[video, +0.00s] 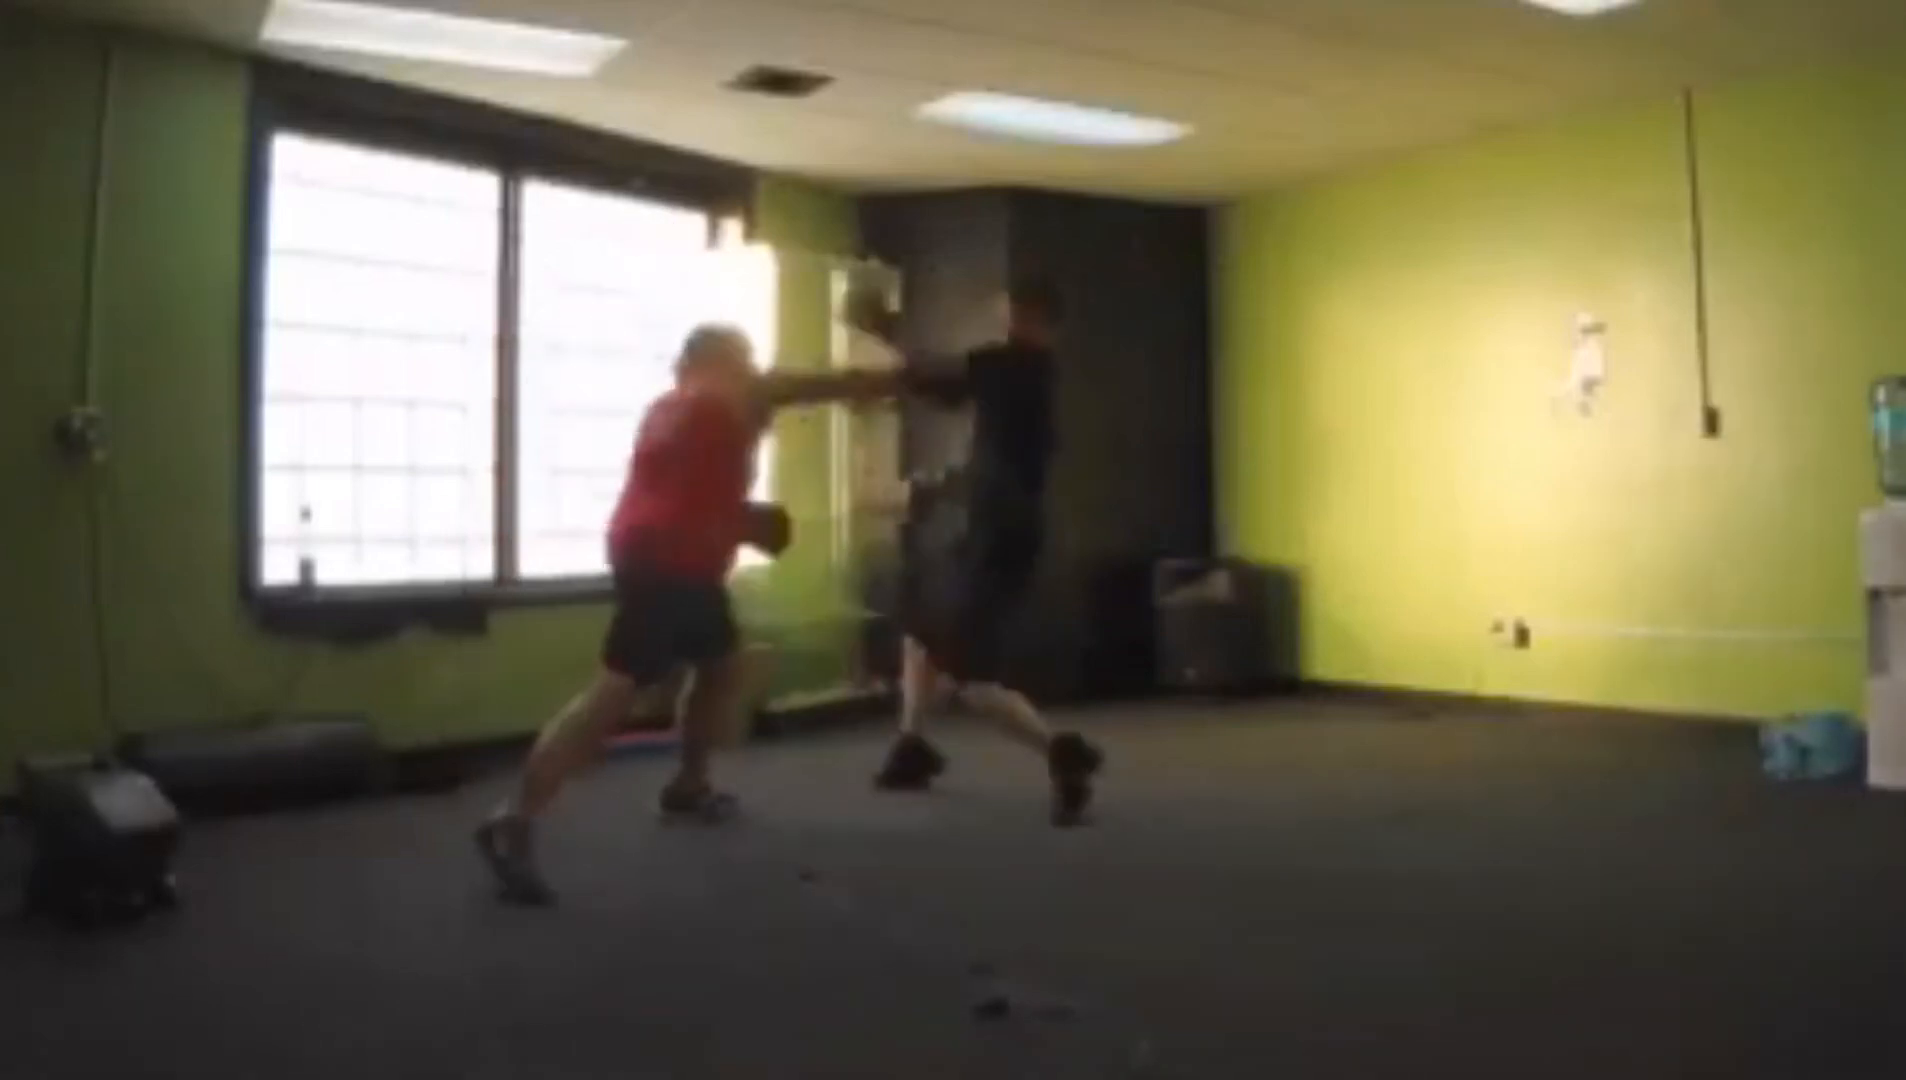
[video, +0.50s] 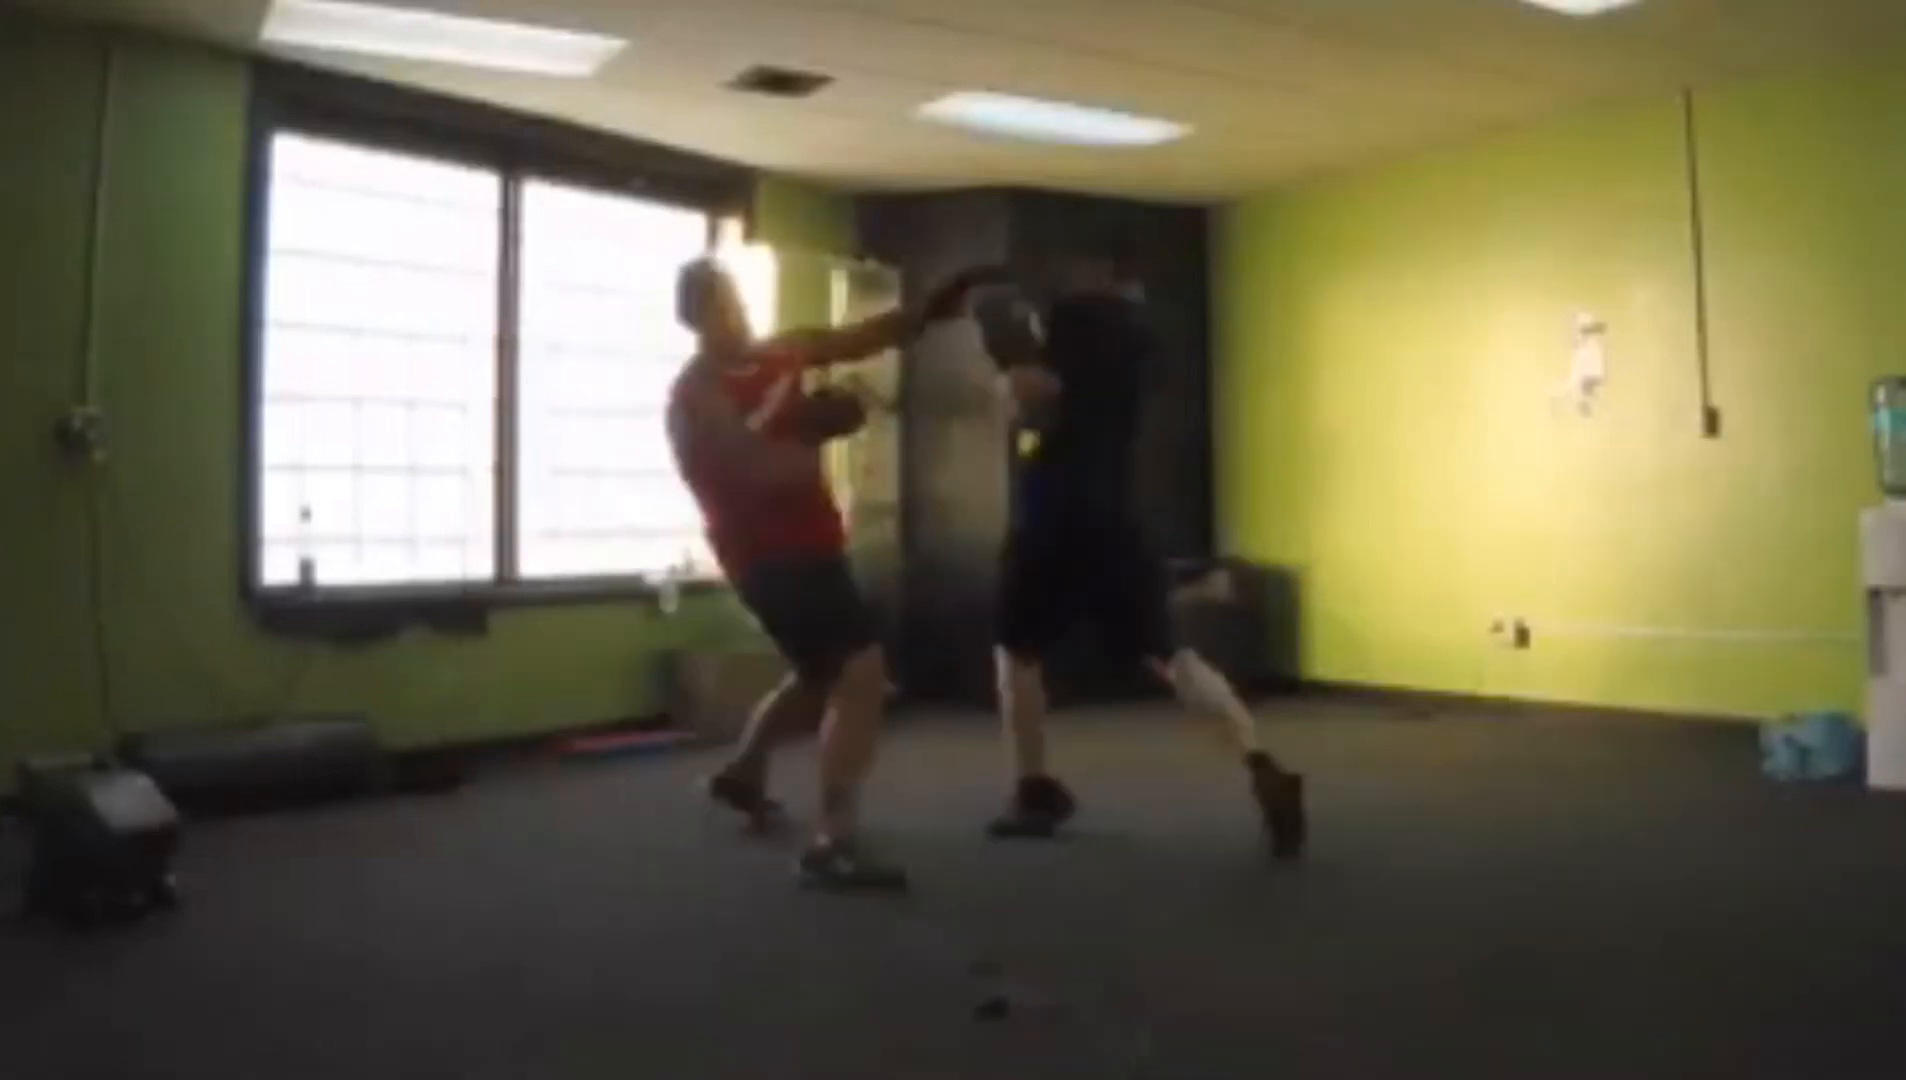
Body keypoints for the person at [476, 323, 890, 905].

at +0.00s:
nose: (752, 369)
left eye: (747, 360)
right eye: (744, 360)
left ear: (691, 364)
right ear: (725, 361)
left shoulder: (669, 408)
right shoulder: (742, 392)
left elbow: (676, 497)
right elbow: (833, 385)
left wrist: (750, 522)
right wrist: (906, 379)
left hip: (648, 554)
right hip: (675, 560)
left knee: (722, 664)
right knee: (618, 693)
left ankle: (691, 786)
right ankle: (514, 823)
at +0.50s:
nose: (732, 312)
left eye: (732, 297)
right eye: (716, 303)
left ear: (740, 302)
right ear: (695, 316)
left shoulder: (781, 356)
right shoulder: (696, 396)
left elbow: (856, 340)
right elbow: (750, 466)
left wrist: (925, 315)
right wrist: (818, 426)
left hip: (814, 546)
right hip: (767, 558)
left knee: (819, 681)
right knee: (861, 676)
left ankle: (743, 774)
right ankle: (834, 842)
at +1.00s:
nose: (700, 310)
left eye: (707, 293)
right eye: (687, 298)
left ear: (723, 295)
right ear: (667, 307)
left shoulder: (766, 366)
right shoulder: (651, 383)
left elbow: (826, 426)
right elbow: (618, 488)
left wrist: (806, 397)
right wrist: (660, 451)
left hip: (770, 554)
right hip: (686, 562)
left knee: (813, 688)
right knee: (671, 689)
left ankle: (783, 816)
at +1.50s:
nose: (676, 332)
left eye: (685, 317)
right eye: (663, 319)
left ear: (701, 325)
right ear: (643, 328)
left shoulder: (729, 402)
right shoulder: (616, 392)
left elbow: (786, 489)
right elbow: (576, 474)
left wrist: (731, 451)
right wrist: (638, 458)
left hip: (722, 568)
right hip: (629, 571)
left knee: (809, 684)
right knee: (565, 691)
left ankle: (845, 812)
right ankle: (528, 835)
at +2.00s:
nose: (866, 333)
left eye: (867, 318)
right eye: (859, 318)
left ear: (821, 317)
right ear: (829, 316)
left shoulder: (803, 368)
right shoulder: (790, 358)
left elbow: (786, 461)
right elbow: (809, 439)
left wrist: (821, 511)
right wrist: (865, 482)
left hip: (781, 540)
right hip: (712, 538)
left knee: (835, 671)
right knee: (655, 669)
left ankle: (844, 812)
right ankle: (585, 767)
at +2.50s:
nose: (816, 320)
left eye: (819, 307)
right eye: (803, 308)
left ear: (827, 314)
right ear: (777, 318)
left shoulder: (835, 366)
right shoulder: (742, 380)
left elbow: (895, 371)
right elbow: (654, 445)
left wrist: (948, 363)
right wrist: (732, 437)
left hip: (806, 540)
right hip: (726, 540)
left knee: (850, 654)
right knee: (673, 649)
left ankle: (867, 778)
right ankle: (607, 781)